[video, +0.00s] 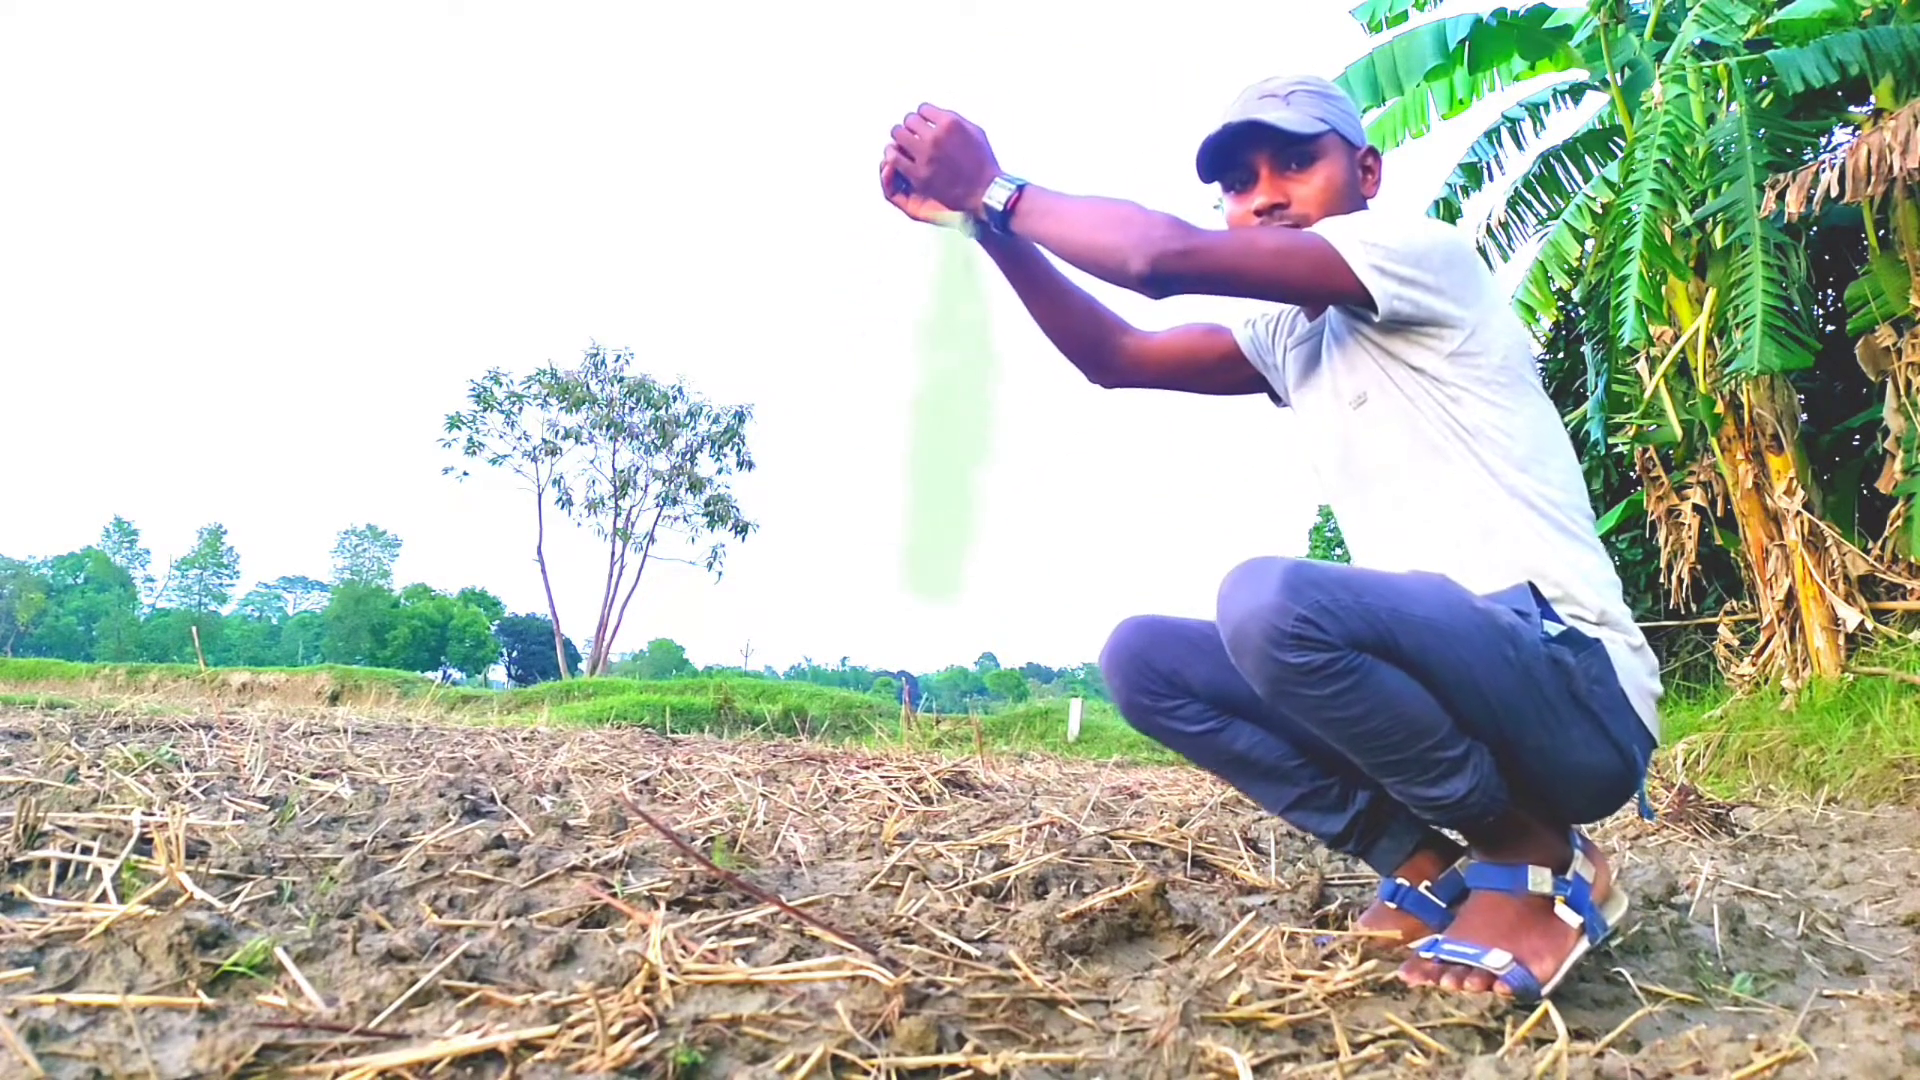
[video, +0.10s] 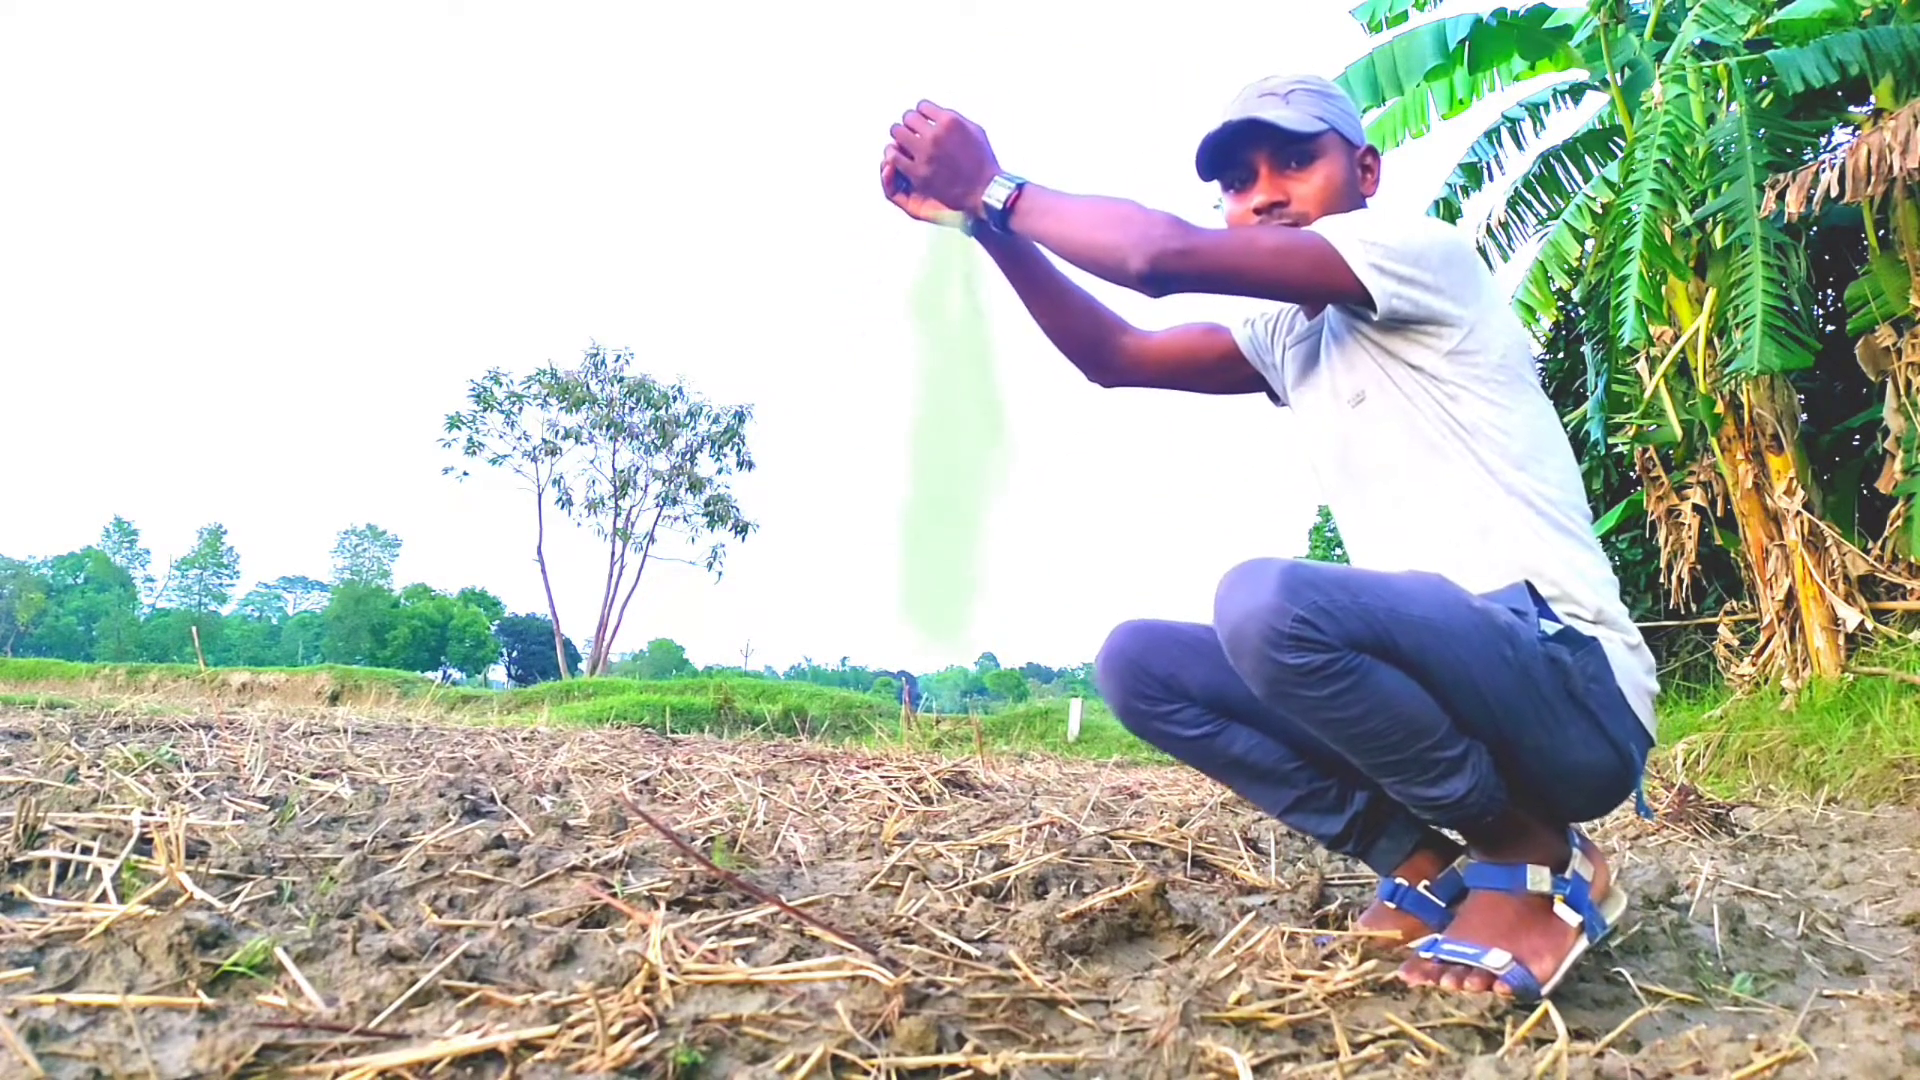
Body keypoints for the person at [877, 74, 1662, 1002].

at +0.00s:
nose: (1265, 196)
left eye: (1296, 160)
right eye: (1238, 183)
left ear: (1368, 172)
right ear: (1225, 205)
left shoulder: (1420, 257)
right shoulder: (1296, 335)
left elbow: (1163, 255)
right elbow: (1116, 357)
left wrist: (990, 192)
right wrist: (987, 219)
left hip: (1574, 682)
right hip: (1452, 695)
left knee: (1269, 604)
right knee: (1143, 659)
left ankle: (1530, 851)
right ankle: (1433, 858)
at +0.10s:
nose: (1264, 195)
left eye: (1295, 159)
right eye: (1237, 180)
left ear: (1367, 171)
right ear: (1224, 204)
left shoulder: (1423, 255)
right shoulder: (1295, 334)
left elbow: (1161, 253)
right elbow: (1115, 355)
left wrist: (991, 191)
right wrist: (989, 220)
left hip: (1571, 680)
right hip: (1447, 694)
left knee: (1267, 606)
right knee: (1139, 664)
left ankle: (1529, 849)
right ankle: (1430, 857)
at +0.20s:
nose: (1263, 193)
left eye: (1294, 157)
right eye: (1237, 178)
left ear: (1366, 169)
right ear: (1224, 202)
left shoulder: (1420, 253)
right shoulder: (1294, 332)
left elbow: (1162, 252)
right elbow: (1115, 354)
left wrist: (991, 192)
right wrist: (987, 221)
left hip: (1569, 679)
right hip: (1447, 694)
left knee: (1266, 606)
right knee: (1138, 667)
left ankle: (1528, 849)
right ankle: (1429, 859)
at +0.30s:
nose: (1264, 190)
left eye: (1296, 155)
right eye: (1237, 175)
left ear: (1368, 167)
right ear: (1225, 200)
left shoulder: (1422, 251)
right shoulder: (1294, 331)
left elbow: (1161, 250)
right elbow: (1114, 353)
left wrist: (993, 190)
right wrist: (989, 223)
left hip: (1568, 677)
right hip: (1443, 693)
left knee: (1265, 608)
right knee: (1134, 671)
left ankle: (1530, 852)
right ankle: (1426, 862)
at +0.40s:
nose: (1267, 188)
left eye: (1299, 152)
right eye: (1239, 171)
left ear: (1370, 166)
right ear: (1227, 195)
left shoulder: (1423, 248)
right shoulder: (1296, 331)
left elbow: (1160, 246)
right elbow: (1115, 351)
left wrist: (993, 187)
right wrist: (990, 222)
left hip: (1566, 677)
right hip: (1441, 691)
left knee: (1265, 609)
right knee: (1132, 674)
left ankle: (1529, 852)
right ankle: (1426, 860)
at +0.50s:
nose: (1268, 183)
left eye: (1300, 149)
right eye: (1241, 168)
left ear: (1371, 164)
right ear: (1228, 193)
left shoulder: (1425, 246)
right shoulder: (1297, 330)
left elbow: (1158, 243)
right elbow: (1114, 348)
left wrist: (995, 179)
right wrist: (992, 219)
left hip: (1565, 674)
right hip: (1441, 689)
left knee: (1266, 610)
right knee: (1129, 674)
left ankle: (1529, 851)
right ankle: (1424, 857)